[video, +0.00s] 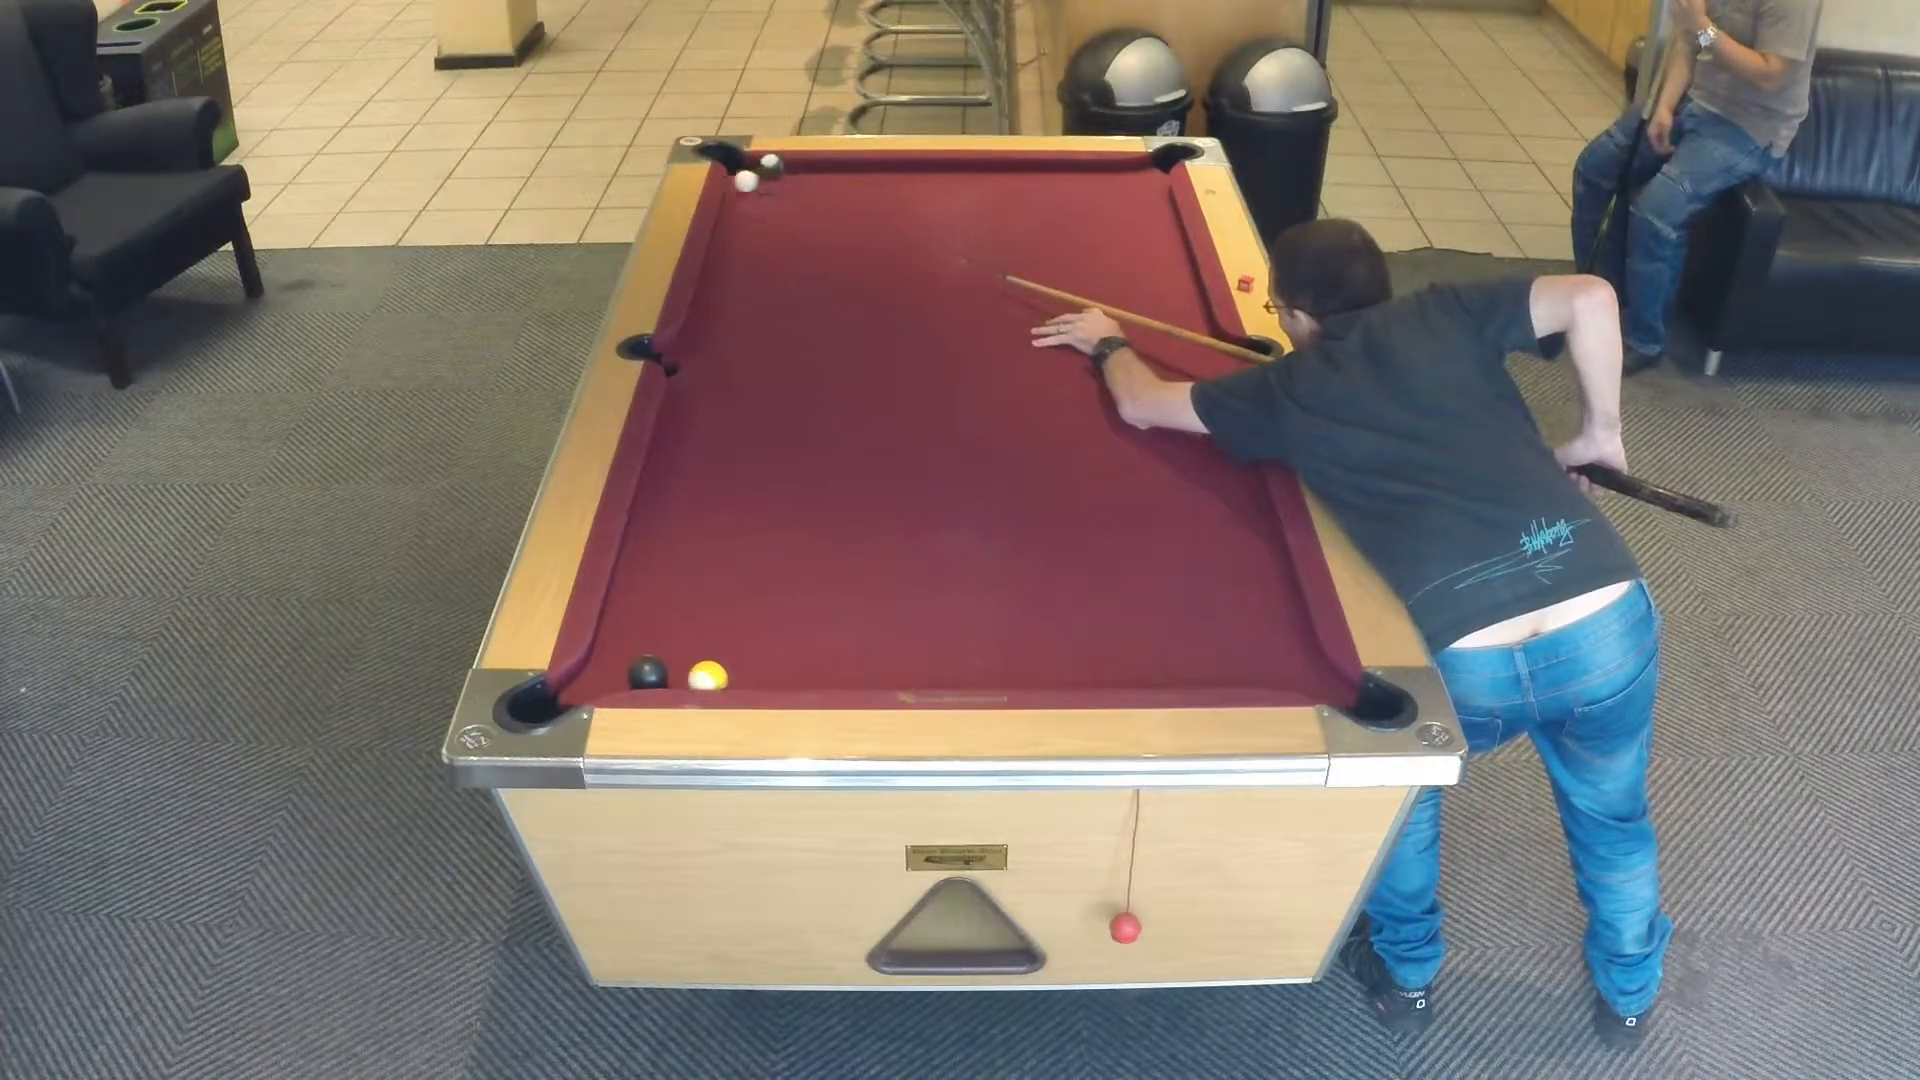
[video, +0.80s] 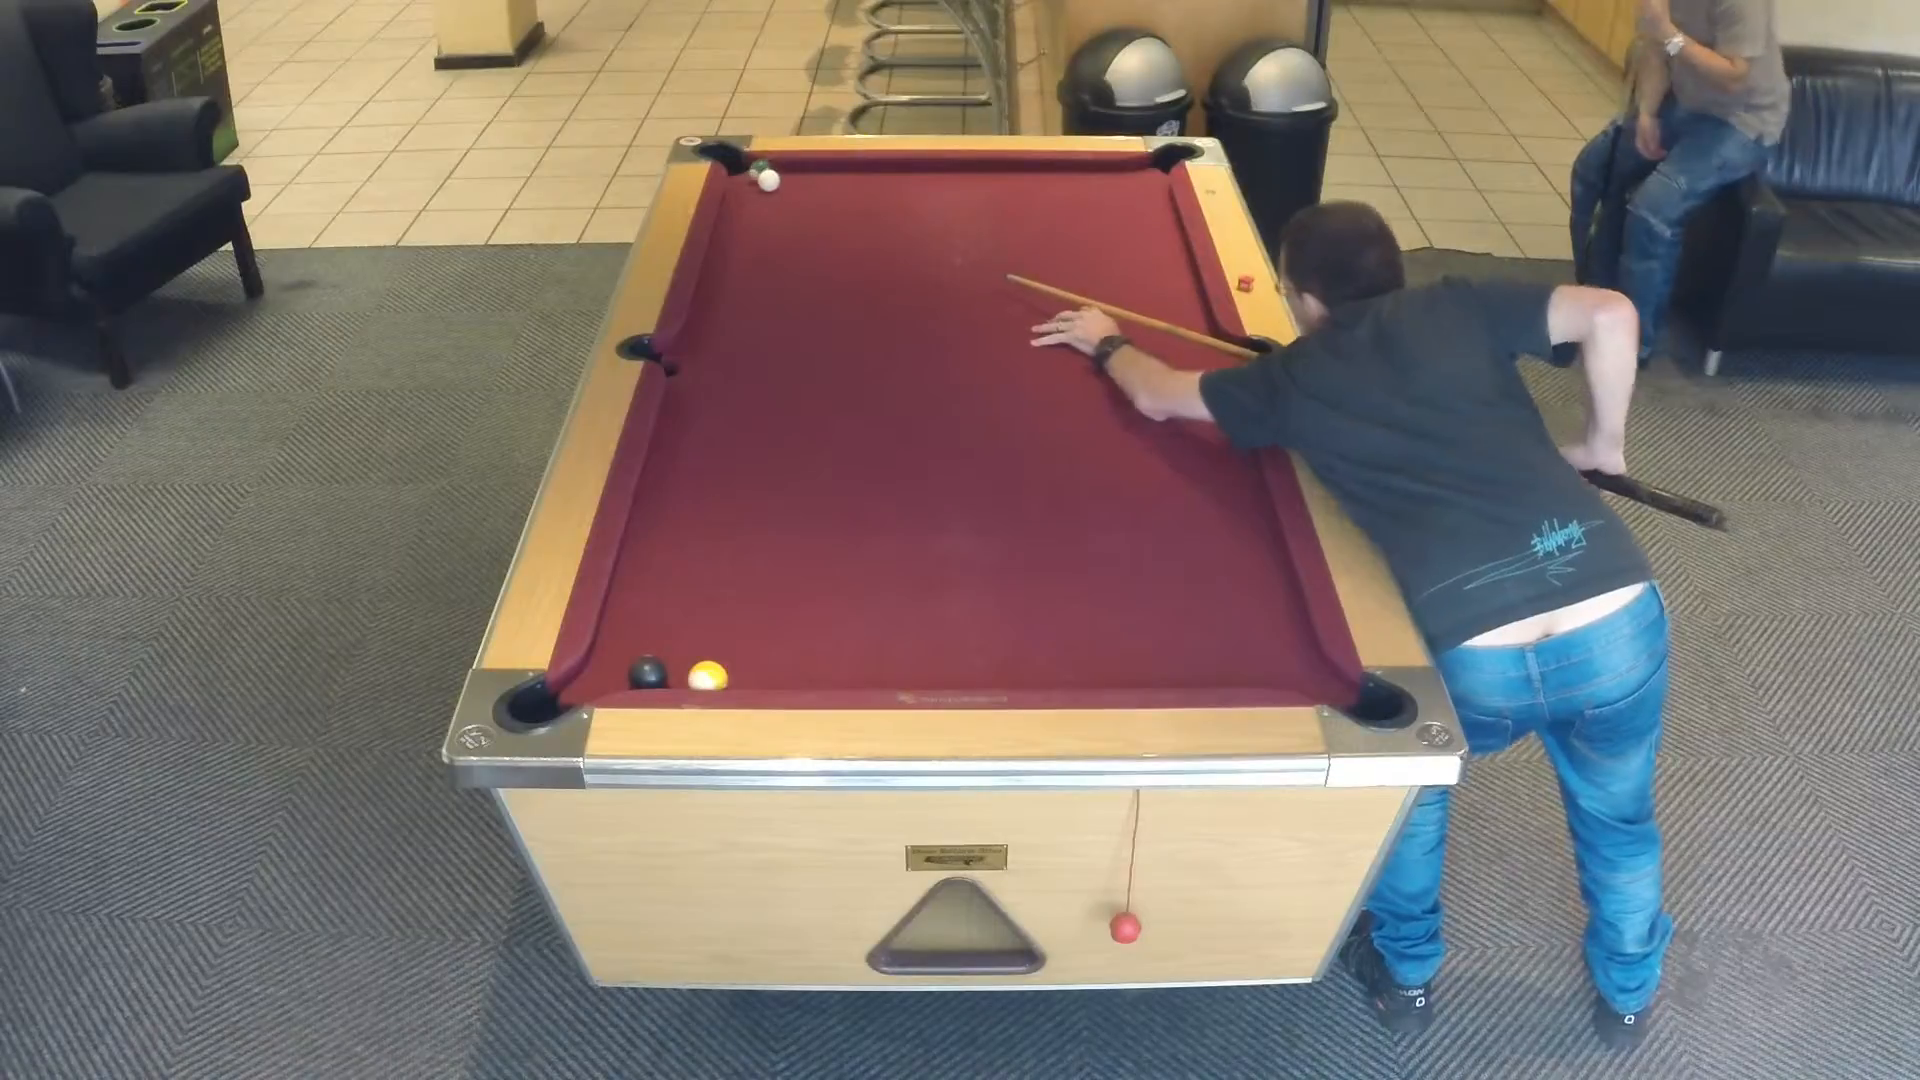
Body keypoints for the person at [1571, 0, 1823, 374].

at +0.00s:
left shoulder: (1792, 6)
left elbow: (1771, 76)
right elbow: (1686, 40)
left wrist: (1702, 28)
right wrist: (1665, 105)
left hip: (1746, 126)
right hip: (1688, 102)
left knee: (1654, 210)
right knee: (1594, 168)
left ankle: (1642, 342)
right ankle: (1593, 302)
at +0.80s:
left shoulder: (1741, 6)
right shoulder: (1666, 5)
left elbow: (1734, 77)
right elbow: (1657, 51)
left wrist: (1667, 34)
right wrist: (1647, 112)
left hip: (1742, 122)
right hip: (1682, 107)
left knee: (1649, 212)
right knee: (1590, 171)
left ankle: (1636, 343)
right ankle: (1592, 309)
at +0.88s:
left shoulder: (1728, 6)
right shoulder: (1650, 5)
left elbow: (1725, 79)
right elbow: (1648, 45)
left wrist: (1652, 49)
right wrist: (1640, 109)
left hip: (1738, 114)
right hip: (1678, 101)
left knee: (1646, 213)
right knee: (1591, 172)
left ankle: (1634, 343)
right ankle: (1593, 307)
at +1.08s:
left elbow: (1694, 67)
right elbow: (1620, 11)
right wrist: (1607, 89)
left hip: (1718, 93)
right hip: (1659, 79)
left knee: (1639, 221)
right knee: (1593, 176)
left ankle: (1634, 344)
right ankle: (1594, 304)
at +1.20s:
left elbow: (1686, 47)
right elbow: (1606, 6)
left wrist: (1632, 126)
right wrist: (1584, 60)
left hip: (1699, 87)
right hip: (1643, 70)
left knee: (1636, 222)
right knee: (1591, 179)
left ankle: (1640, 336)